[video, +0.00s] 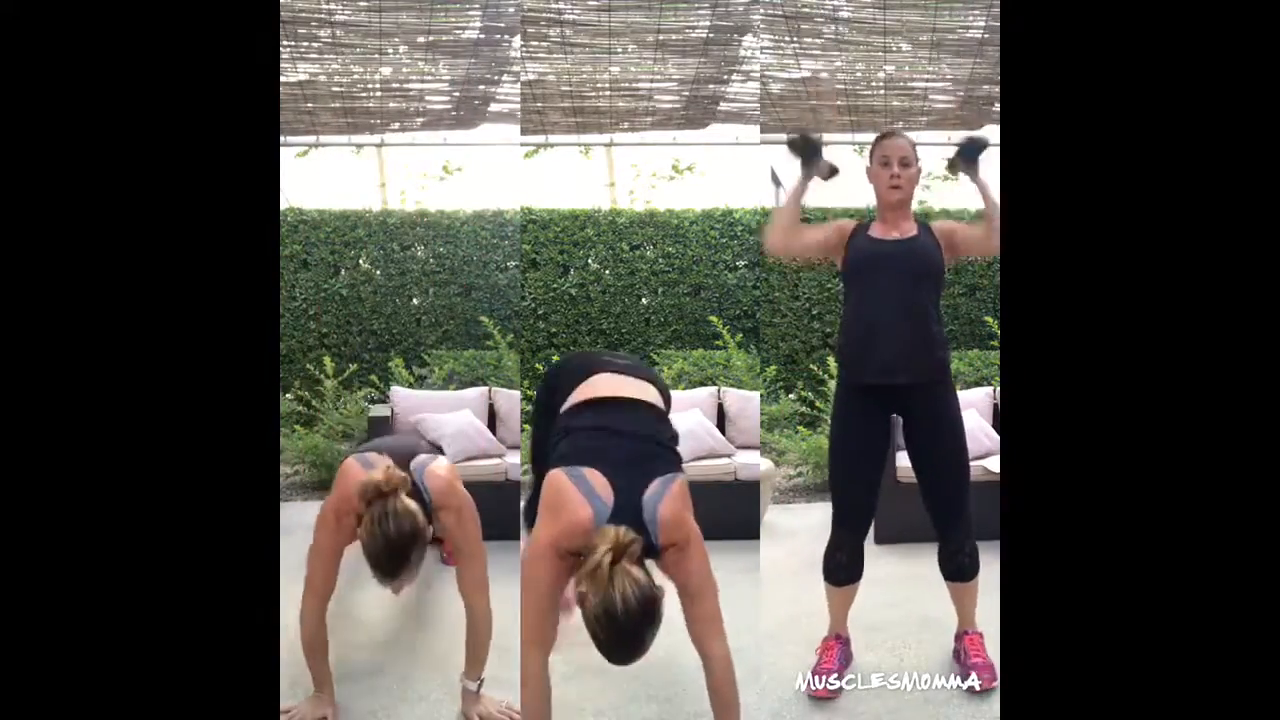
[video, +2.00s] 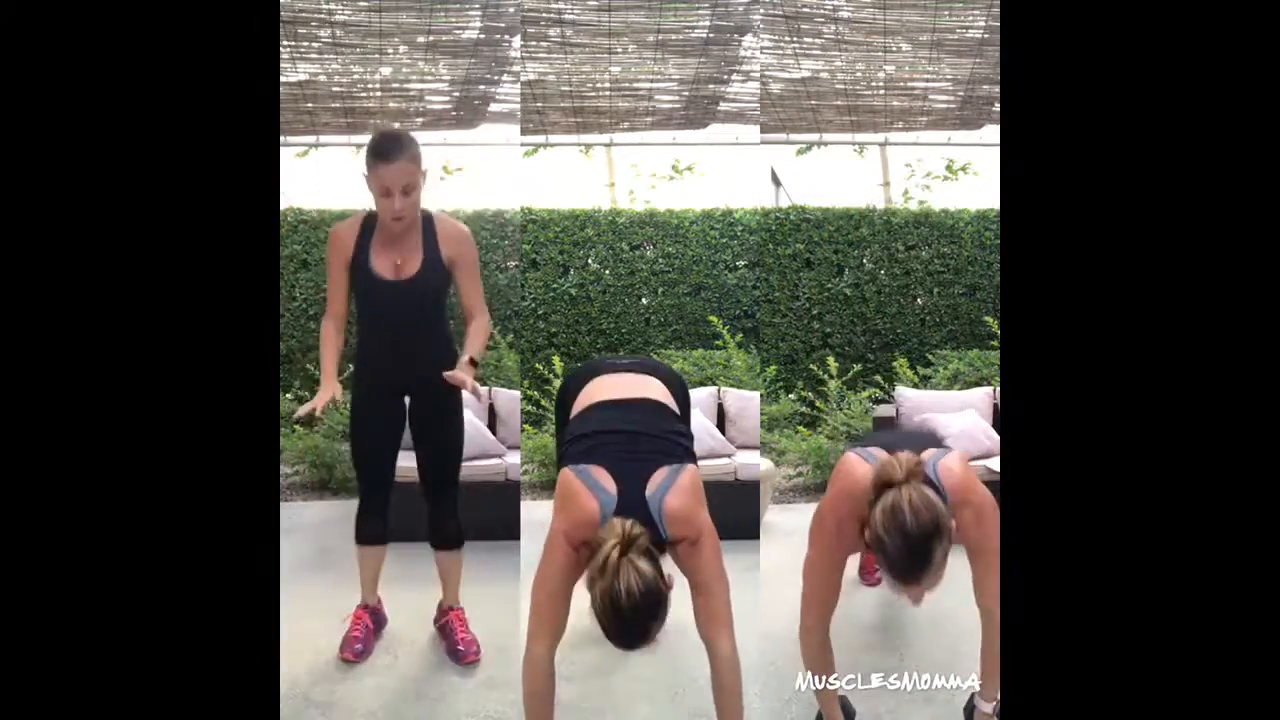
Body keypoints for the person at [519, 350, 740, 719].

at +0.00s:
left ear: (657, 591)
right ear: (582, 590)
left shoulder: (677, 529)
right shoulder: (553, 531)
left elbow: (714, 649)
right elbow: (534, 658)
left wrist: (729, 716)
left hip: (647, 382)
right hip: (571, 377)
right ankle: (561, 590)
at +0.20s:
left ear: (684, 579)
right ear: (601, 589)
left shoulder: (700, 529)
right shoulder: (567, 536)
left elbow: (728, 648)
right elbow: (535, 657)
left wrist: (734, 715)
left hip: (649, 429)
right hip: (575, 434)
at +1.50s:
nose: (633, 619)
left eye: (644, 610)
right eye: (622, 610)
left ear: (671, 549)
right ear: (590, 554)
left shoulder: (696, 521)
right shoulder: (566, 518)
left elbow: (725, 644)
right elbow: (539, 651)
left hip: (664, 470)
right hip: (591, 466)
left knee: (671, 624)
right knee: (569, 620)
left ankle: (640, 626)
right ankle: (605, 620)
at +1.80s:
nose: (630, 633)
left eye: (638, 627)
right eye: (619, 626)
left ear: (670, 565)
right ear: (587, 566)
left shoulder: (688, 515)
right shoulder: (567, 521)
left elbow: (722, 642)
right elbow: (538, 649)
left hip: (663, 449)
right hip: (588, 449)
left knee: (672, 593)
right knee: (579, 589)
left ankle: (643, 625)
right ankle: (599, 613)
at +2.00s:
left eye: (646, 637)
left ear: (667, 581)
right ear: (592, 582)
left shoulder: (688, 516)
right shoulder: (572, 521)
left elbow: (721, 644)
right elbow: (539, 649)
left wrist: (731, 715)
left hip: (664, 383)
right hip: (583, 385)